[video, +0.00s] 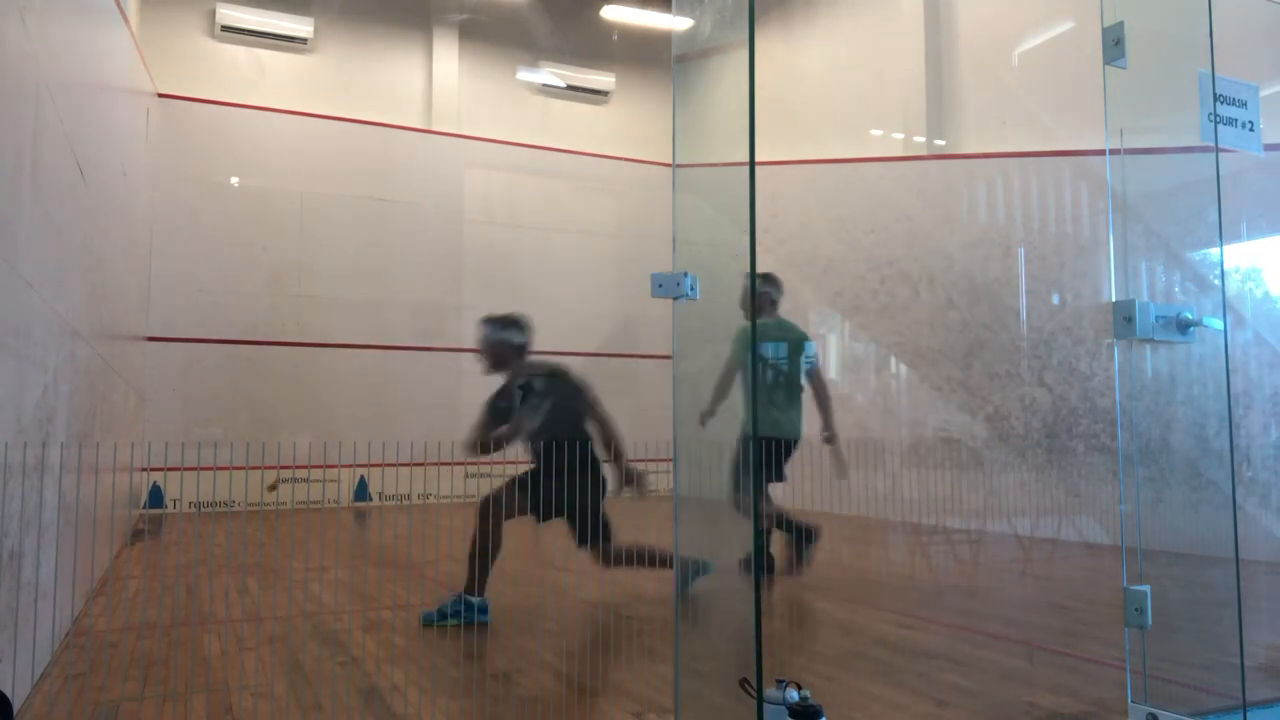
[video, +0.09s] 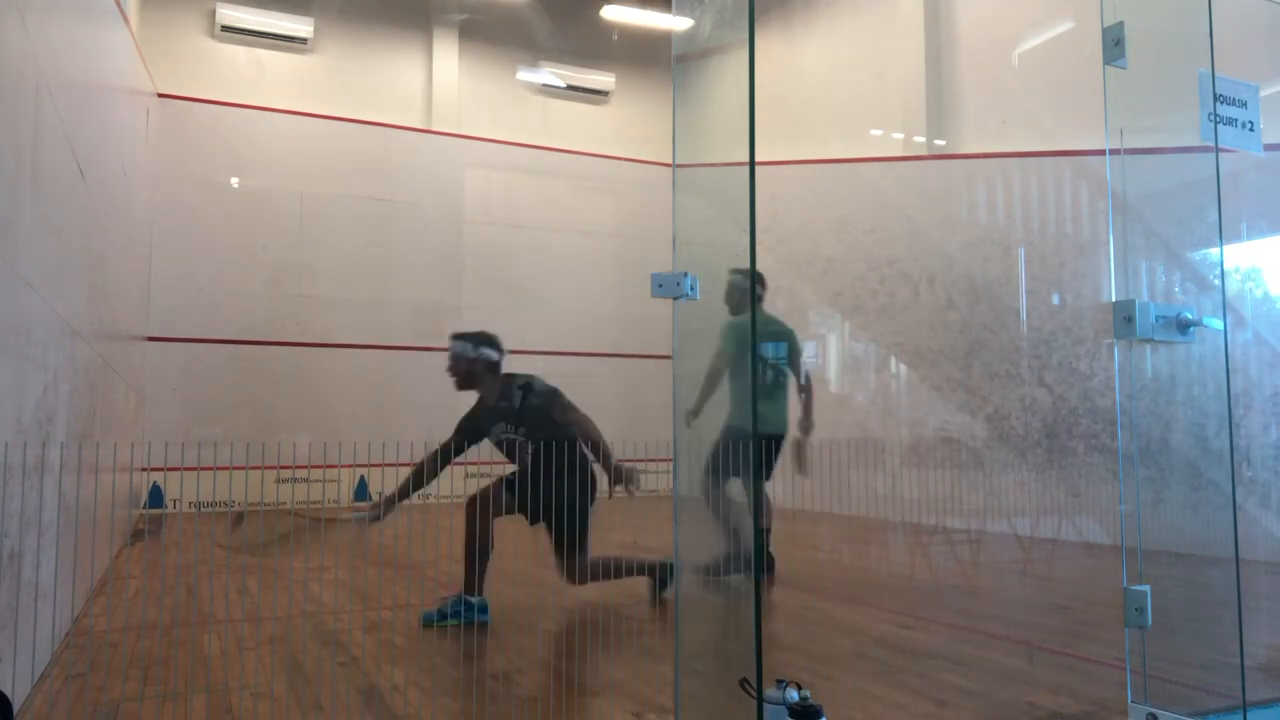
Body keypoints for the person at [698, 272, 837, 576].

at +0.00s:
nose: (741, 304)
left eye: (745, 298)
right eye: (742, 297)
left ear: (759, 299)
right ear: (776, 301)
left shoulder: (748, 333)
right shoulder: (798, 335)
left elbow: (728, 374)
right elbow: (818, 383)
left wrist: (712, 407)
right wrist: (828, 425)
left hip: (758, 430)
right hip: (788, 432)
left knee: (742, 496)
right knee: (757, 492)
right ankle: (762, 554)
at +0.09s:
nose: (725, 296)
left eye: (730, 290)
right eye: (727, 290)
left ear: (744, 294)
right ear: (758, 294)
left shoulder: (734, 328)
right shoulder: (784, 331)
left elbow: (717, 369)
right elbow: (803, 379)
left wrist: (697, 406)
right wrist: (807, 416)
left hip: (742, 428)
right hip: (775, 430)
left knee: (712, 483)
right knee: (755, 485)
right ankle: (762, 553)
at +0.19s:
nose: (716, 292)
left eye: (721, 286)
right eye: (718, 285)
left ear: (737, 288)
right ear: (748, 290)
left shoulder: (726, 322)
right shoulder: (774, 325)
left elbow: (711, 363)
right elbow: (793, 367)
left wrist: (692, 402)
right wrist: (795, 407)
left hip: (731, 425)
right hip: (765, 426)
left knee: (703, 482)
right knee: (756, 484)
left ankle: (696, 556)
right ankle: (762, 551)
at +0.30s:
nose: (699, 290)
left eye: (703, 284)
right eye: (700, 283)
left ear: (715, 285)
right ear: (731, 287)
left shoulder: (705, 317)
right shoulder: (756, 321)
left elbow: (694, 357)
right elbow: (778, 368)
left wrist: (683, 401)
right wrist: (767, 402)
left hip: (706, 418)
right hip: (742, 422)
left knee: (676, 482)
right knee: (750, 487)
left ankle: (650, 545)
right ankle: (762, 550)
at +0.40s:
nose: (687, 300)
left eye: (692, 293)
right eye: (689, 292)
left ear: (703, 296)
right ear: (720, 296)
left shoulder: (687, 330)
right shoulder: (741, 333)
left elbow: (675, 373)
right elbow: (762, 380)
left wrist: (665, 411)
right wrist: (740, 410)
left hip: (688, 426)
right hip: (725, 427)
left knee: (652, 482)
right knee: (738, 487)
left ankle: (628, 552)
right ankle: (755, 554)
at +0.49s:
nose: (674, 309)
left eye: (675, 302)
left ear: (676, 306)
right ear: (702, 306)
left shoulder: (668, 338)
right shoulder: (718, 343)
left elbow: (650, 378)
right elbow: (739, 390)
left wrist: (633, 421)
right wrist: (715, 410)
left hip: (671, 436)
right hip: (708, 439)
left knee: (625, 480)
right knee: (727, 492)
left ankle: (620, 560)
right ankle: (755, 554)